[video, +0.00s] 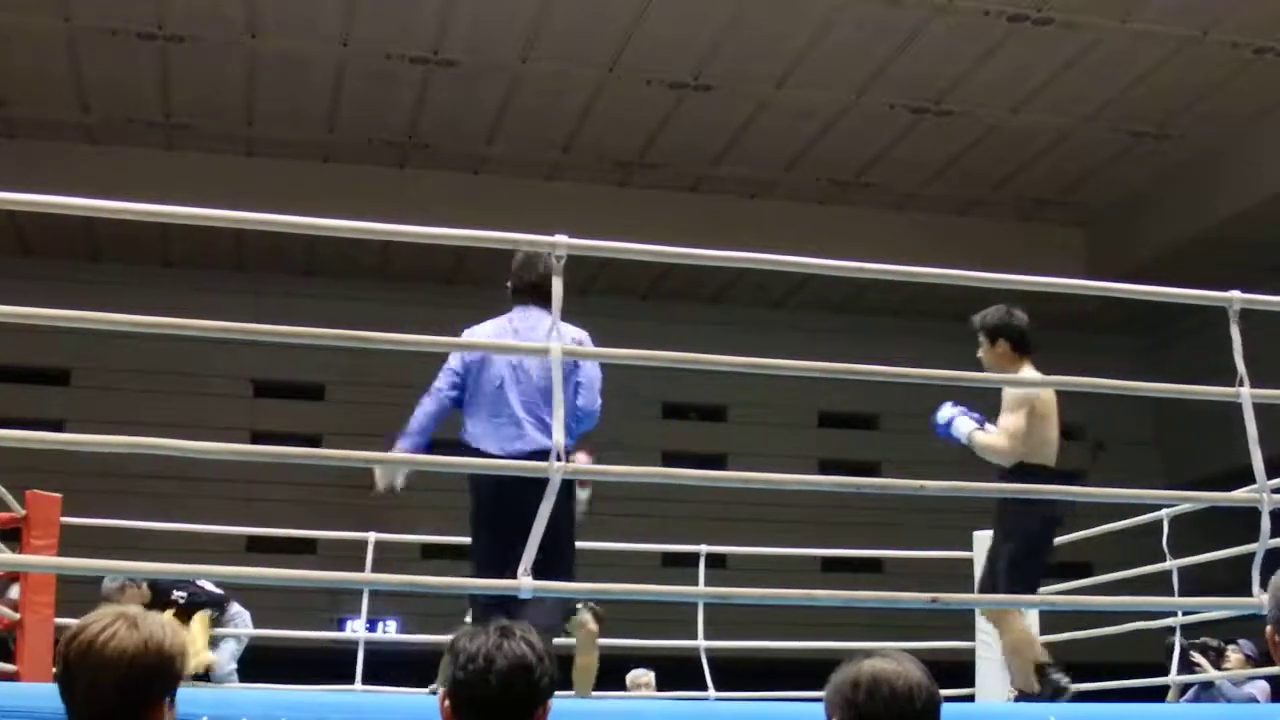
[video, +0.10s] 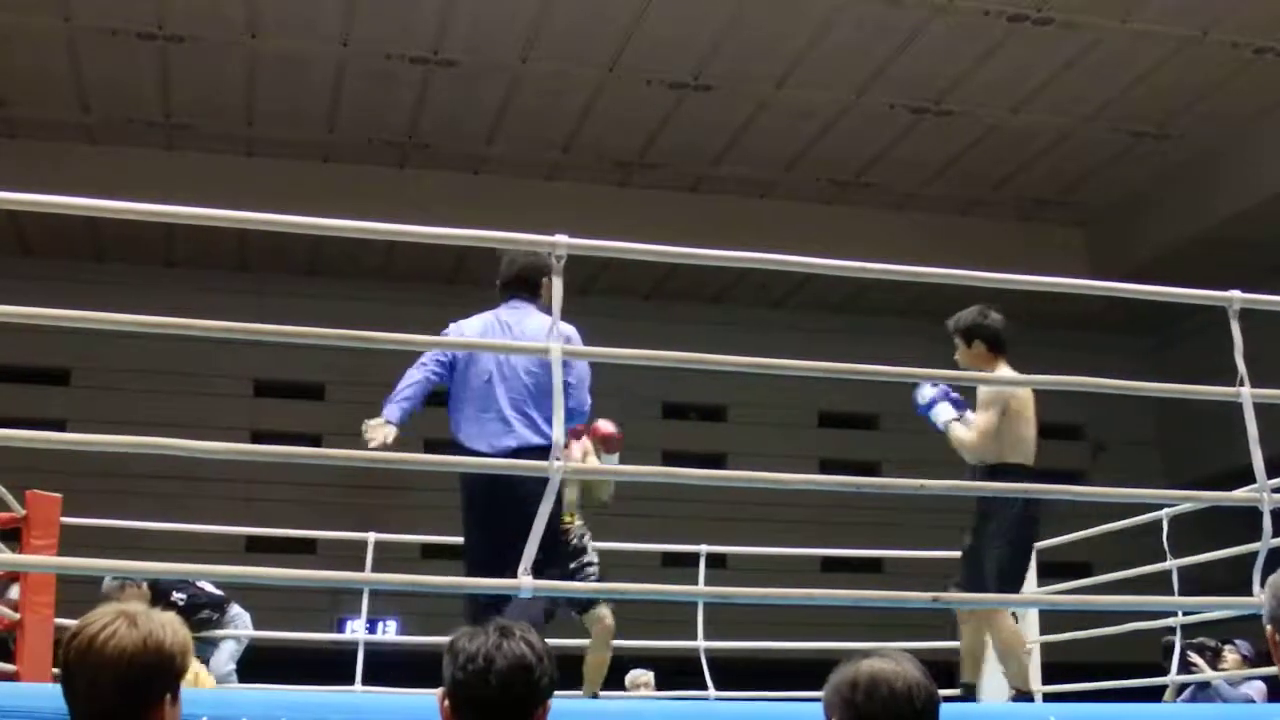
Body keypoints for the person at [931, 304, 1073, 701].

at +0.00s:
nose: (979, 354)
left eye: (982, 345)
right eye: (979, 345)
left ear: (1003, 346)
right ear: (1012, 345)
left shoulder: (1022, 385)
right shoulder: (1034, 383)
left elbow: (1009, 449)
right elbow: (1025, 444)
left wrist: (965, 430)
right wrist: (983, 428)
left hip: (1028, 503)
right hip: (1030, 501)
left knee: (1002, 601)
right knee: (990, 598)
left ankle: (1027, 694)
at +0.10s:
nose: (955, 356)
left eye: (959, 347)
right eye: (956, 347)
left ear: (980, 347)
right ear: (987, 346)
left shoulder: (997, 384)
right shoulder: (1009, 382)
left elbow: (978, 449)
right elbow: (990, 441)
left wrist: (944, 416)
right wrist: (960, 414)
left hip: (1008, 501)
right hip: (1002, 499)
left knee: (989, 601)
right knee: (967, 597)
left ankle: (1024, 698)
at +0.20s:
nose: (936, 367)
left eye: (938, 358)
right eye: (936, 358)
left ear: (958, 358)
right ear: (968, 357)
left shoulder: (976, 395)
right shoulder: (988, 395)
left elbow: (943, 455)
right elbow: (957, 455)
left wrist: (920, 415)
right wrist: (937, 417)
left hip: (992, 505)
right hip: (983, 503)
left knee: (965, 611)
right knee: (942, 608)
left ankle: (1020, 697)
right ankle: (917, 698)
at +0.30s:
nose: (921, 384)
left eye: (924, 375)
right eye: (920, 377)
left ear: (944, 374)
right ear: (950, 375)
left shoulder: (966, 409)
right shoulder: (960, 411)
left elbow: (924, 465)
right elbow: (930, 465)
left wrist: (895, 429)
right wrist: (903, 433)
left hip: (977, 528)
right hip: (956, 527)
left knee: (943, 617)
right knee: (909, 613)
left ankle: (1014, 696)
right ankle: (914, 704)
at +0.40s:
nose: (908, 382)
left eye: (910, 374)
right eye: (907, 376)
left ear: (928, 373)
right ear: (937, 373)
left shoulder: (954, 405)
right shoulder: (946, 410)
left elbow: (916, 461)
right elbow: (931, 476)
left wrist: (879, 421)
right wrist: (881, 468)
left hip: (971, 520)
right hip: (947, 521)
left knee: (946, 613)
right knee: (903, 612)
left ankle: (1013, 694)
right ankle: (917, 703)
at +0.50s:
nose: (892, 373)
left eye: (896, 364)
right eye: (892, 366)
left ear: (916, 362)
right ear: (917, 363)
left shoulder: (949, 396)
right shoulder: (920, 412)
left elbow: (914, 451)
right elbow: (910, 469)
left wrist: (883, 408)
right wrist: (871, 440)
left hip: (974, 507)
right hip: (943, 510)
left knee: (960, 600)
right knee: (916, 608)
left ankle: (1013, 694)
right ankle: (920, 700)